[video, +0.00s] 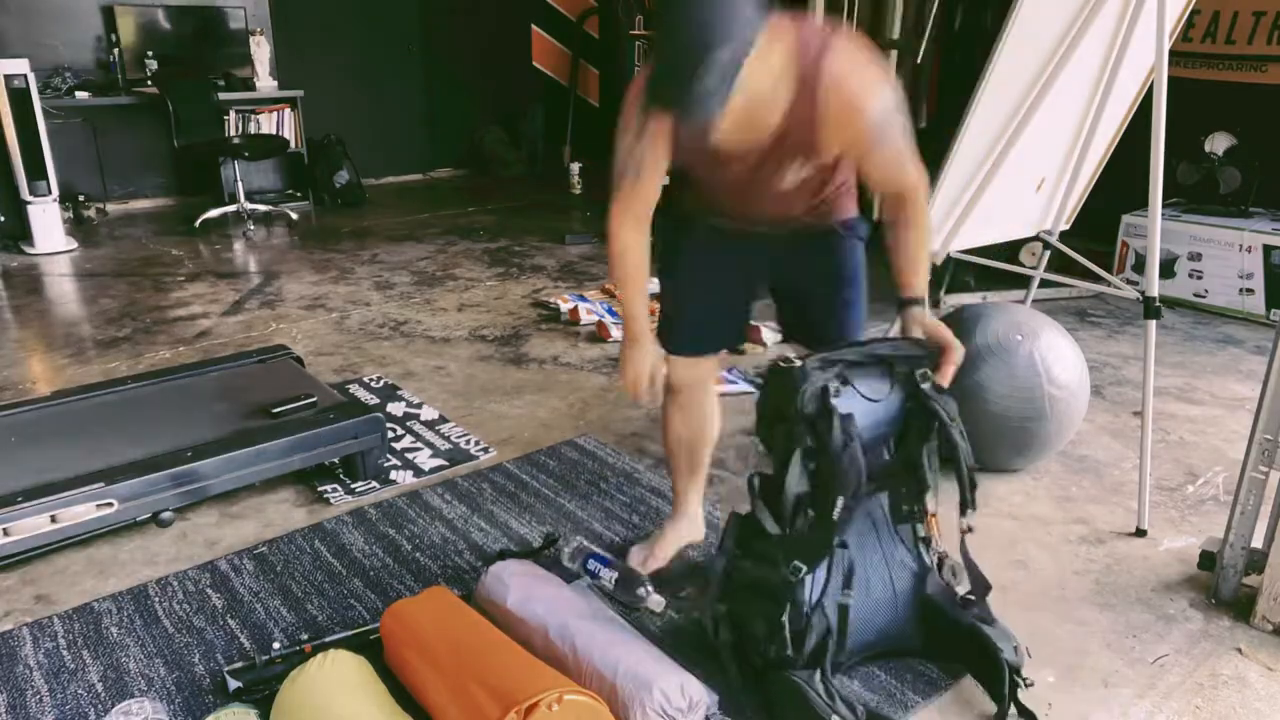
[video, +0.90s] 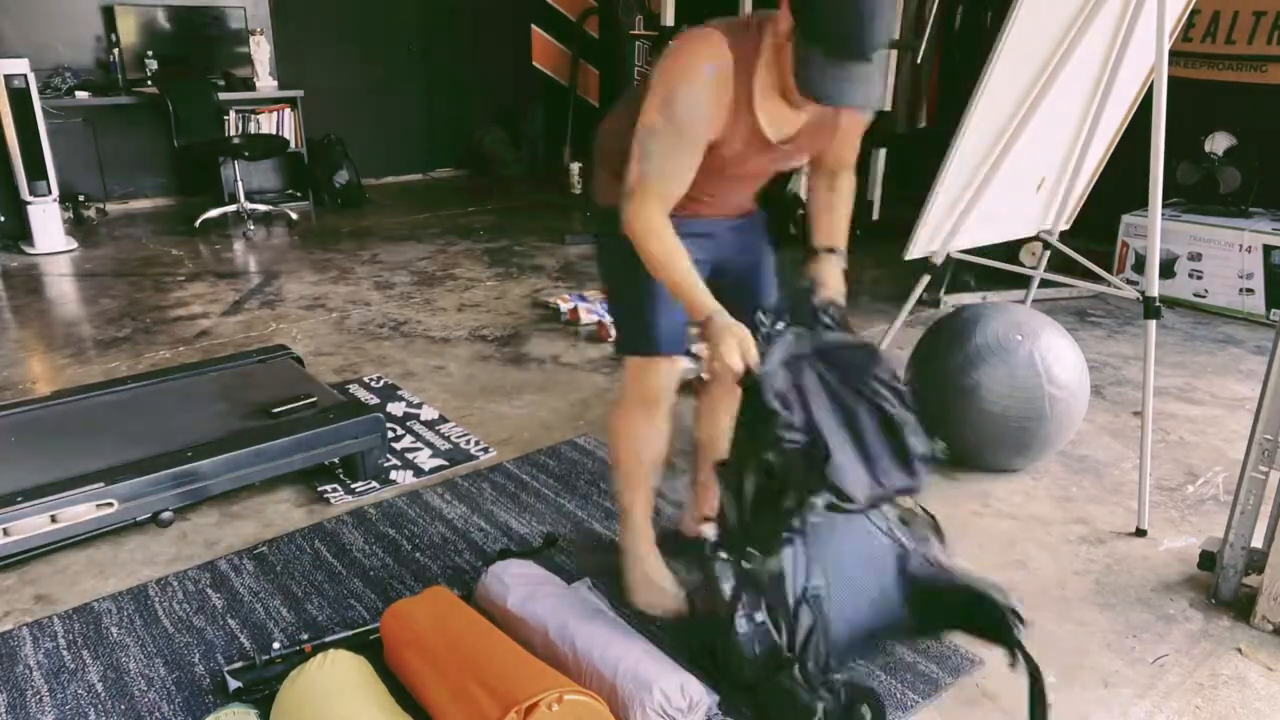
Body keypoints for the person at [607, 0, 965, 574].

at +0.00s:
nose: (709, 117)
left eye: (721, 100)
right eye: (693, 106)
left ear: (763, 49)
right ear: (672, 65)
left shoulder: (846, 78)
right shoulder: (661, 92)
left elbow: (905, 191)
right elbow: (627, 217)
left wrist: (914, 306)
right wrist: (635, 335)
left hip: (820, 228)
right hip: (709, 227)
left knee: (837, 381)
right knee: (686, 376)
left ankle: (847, 523)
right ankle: (686, 517)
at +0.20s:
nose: (673, 316)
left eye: (669, 304)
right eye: (663, 314)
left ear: (685, 251)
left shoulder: (792, 239)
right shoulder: (646, 210)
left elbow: (856, 404)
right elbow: (684, 311)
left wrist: (768, 512)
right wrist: (712, 413)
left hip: (869, 204)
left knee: (872, 400)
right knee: (733, 391)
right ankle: (724, 552)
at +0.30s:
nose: (624, 319)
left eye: (634, 300)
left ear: (662, 256)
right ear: (559, 250)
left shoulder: (751, 237)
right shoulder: (544, 225)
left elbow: (817, 248)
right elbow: (535, 345)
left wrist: (784, 349)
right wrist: (584, 372)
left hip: (745, 149)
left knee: (770, 377)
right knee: (646, 395)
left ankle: (790, 527)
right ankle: (662, 549)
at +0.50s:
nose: (902, 46)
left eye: (914, 35)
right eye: (912, 26)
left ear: (878, 9)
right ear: (883, 4)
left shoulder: (814, 40)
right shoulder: (783, 24)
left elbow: (776, 162)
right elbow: (696, 150)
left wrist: (818, 258)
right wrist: (771, 243)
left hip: (716, 206)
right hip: (649, 206)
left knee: (754, 354)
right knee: (688, 390)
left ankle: (763, 512)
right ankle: (685, 552)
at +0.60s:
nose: (996, 258)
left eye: (1012, 252)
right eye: (1015, 248)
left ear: (1017, 207)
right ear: (1022, 211)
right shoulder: (975, 167)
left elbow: (876, 326)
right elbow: (925, 280)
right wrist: (947, 376)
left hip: (791, 217)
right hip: (731, 192)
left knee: (807, 375)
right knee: (721, 390)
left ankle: (799, 540)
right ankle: (673, 546)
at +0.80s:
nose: (1025, 245)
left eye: (1042, 238)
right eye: (1042, 230)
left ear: (1035, 172)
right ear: (1037, 180)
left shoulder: (968, 155)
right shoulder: (969, 165)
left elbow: (880, 289)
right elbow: (869, 273)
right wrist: (883, 421)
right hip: (741, 205)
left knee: (816, 379)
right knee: (777, 406)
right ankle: (705, 564)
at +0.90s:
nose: (826, 94)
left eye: (844, 79)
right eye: (816, 74)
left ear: (869, 50)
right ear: (781, 25)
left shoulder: (854, 85)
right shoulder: (702, 68)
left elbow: (834, 170)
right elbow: (641, 214)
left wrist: (828, 258)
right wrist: (710, 316)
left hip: (740, 219)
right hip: (649, 211)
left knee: (737, 364)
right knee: (656, 371)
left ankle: (705, 513)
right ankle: (637, 545)